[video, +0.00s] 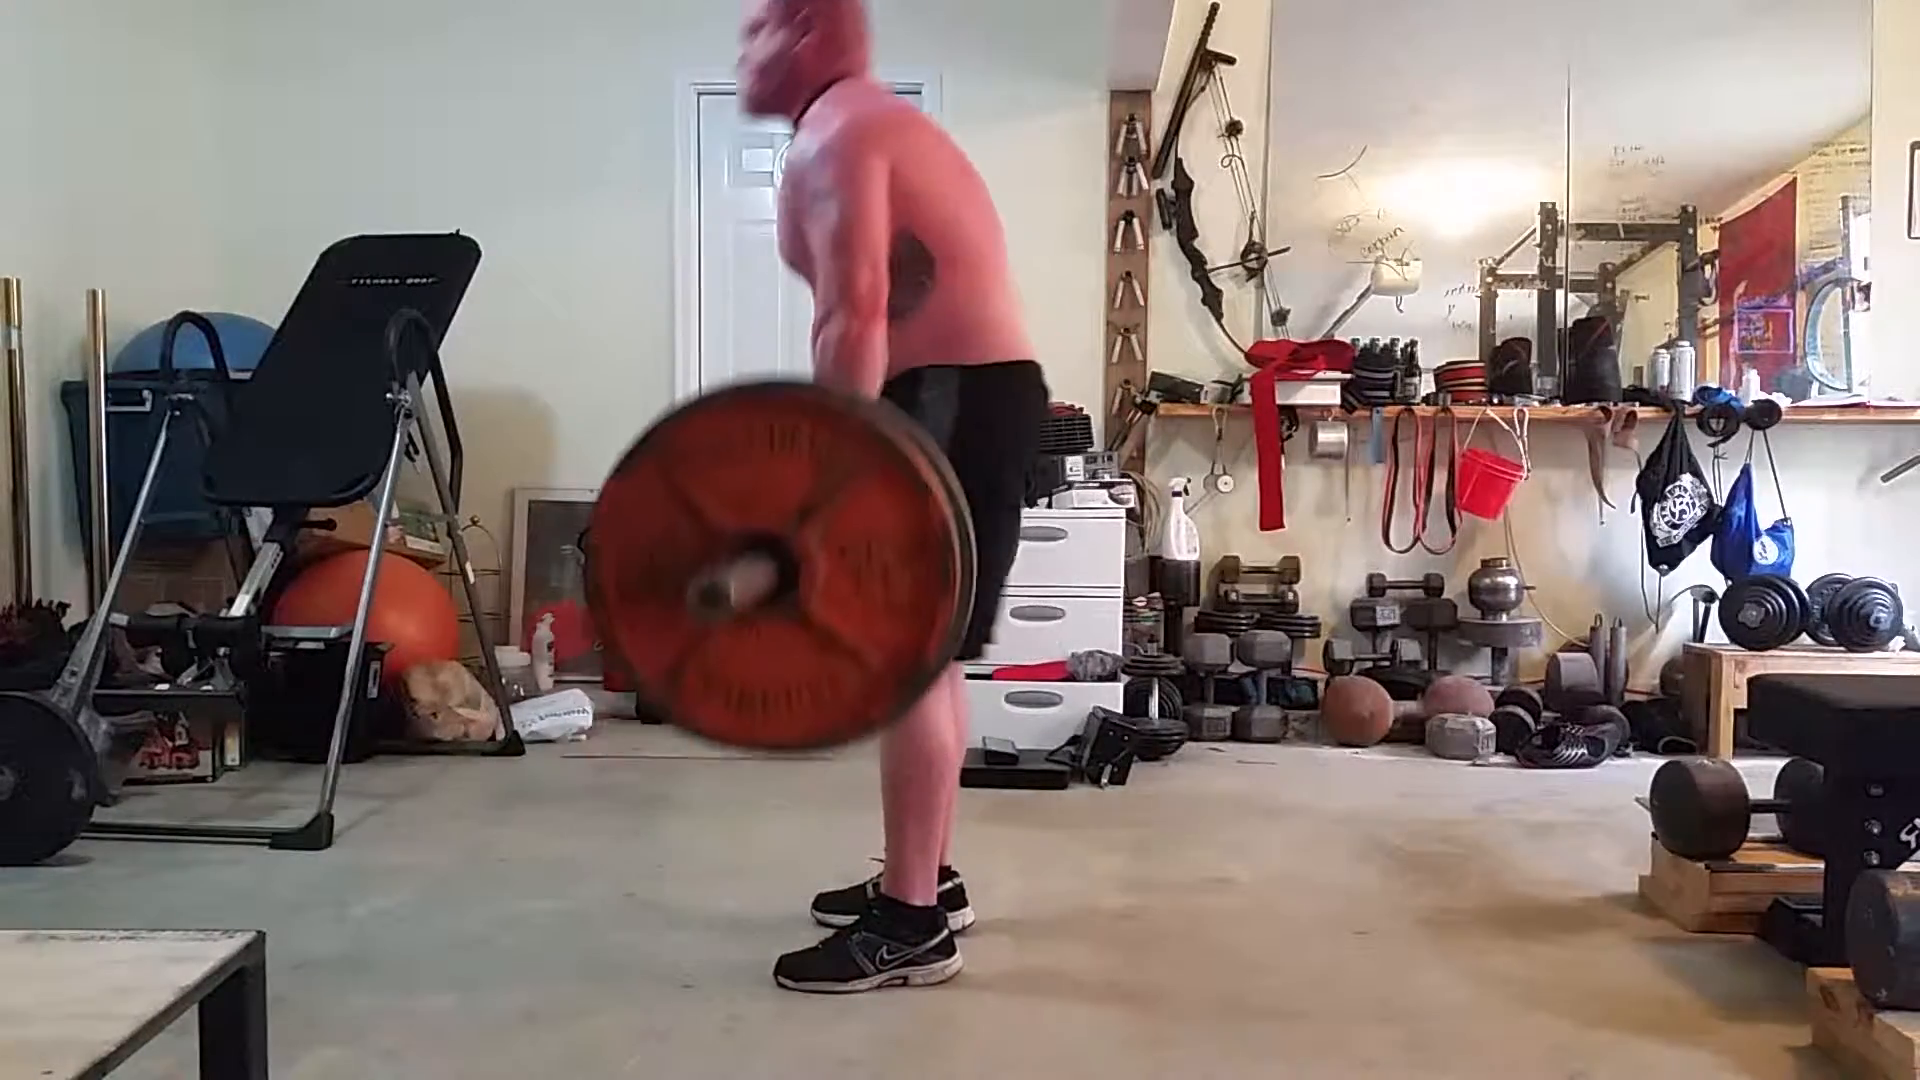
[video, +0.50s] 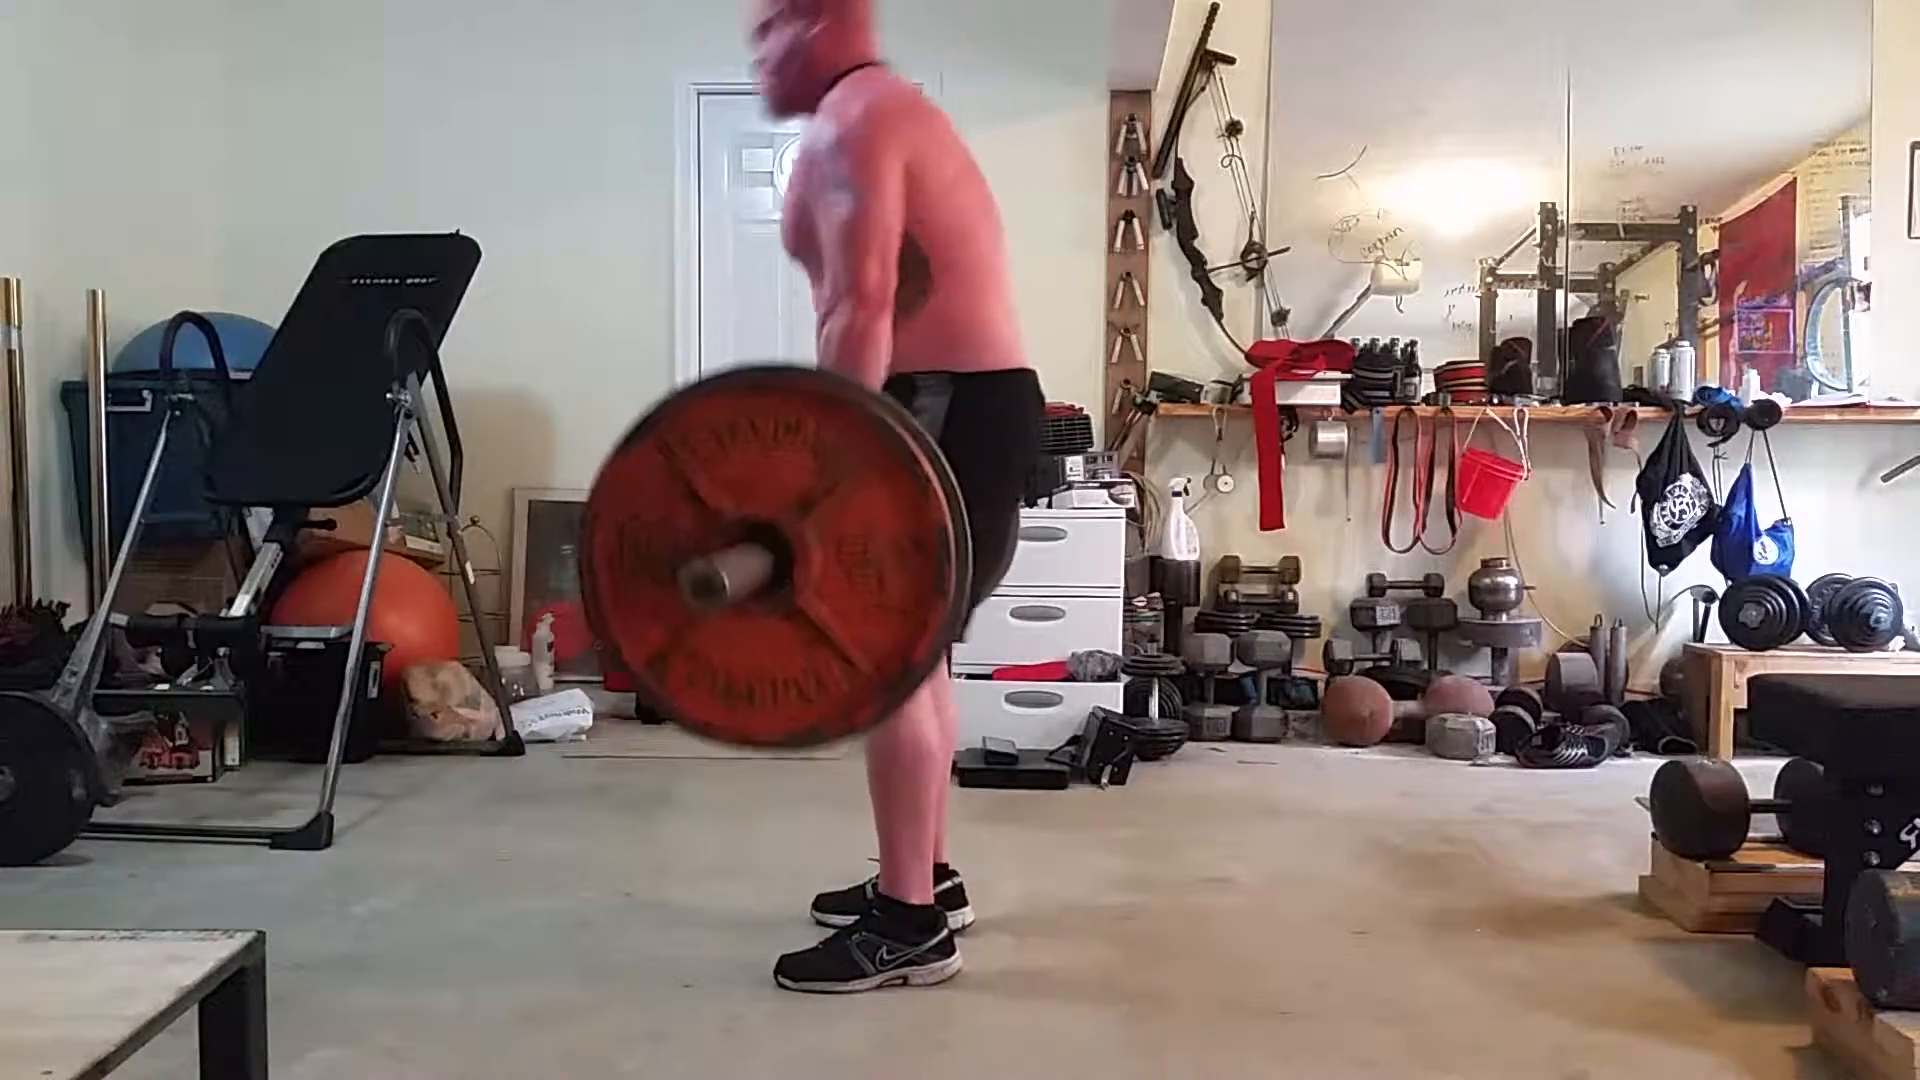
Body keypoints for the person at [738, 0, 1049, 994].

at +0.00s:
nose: (742, 52)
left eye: (758, 29)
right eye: (747, 32)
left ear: (812, 35)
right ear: (829, 42)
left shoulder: (844, 131)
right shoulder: (852, 129)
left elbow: (856, 313)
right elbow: (858, 318)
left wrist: (824, 478)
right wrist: (817, 471)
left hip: (957, 396)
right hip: (960, 395)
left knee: (920, 654)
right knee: (923, 652)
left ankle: (915, 918)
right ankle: (923, 882)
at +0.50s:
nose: (756, 54)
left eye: (768, 30)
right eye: (755, 35)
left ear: (821, 24)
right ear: (839, 31)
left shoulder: (860, 119)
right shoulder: (870, 117)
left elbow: (861, 305)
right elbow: (869, 312)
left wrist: (820, 470)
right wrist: (816, 463)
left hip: (948, 403)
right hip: (961, 403)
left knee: (895, 651)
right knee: (913, 649)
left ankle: (907, 919)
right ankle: (924, 881)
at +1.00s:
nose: (652, 313)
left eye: (648, 289)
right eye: (642, 297)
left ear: (688, 245)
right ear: (696, 242)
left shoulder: (768, 301)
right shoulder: (781, 291)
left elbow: (819, 486)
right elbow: (863, 490)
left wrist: (815, 655)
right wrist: (844, 640)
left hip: (1004, 419)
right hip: (982, 423)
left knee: (922, 662)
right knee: (918, 660)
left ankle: (905, 920)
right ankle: (920, 881)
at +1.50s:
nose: (647, 401)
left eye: (641, 379)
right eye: (636, 387)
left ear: (675, 334)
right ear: (683, 328)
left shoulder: (761, 389)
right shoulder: (783, 360)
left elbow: (817, 560)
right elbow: (861, 545)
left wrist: (818, 725)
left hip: (1012, 431)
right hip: (1036, 420)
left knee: (895, 658)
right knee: (926, 658)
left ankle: (922, 911)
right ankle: (935, 890)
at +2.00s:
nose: (696, 164)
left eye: (706, 140)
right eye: (696, 143)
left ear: (757, 130)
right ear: (773, 134)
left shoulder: (814, 204)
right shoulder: (827, 202)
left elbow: (851, 385)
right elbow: (835, 390)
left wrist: (829, 557)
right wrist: (827, 551)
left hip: (997, 412)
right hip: (969, 413)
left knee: (929, 657)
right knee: (917, 648)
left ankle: (914, 918)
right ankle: (919, 883)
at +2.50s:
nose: (855, 11)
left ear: (913, 8)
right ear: (938, 15)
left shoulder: (928, 90)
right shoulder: (955, 94)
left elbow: (898, 280)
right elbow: (871, 283)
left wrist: (822, 428)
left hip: (933, 404)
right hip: (959, 404)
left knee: (896, 653)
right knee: (915, 650)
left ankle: (909, 919)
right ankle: (925, 880)